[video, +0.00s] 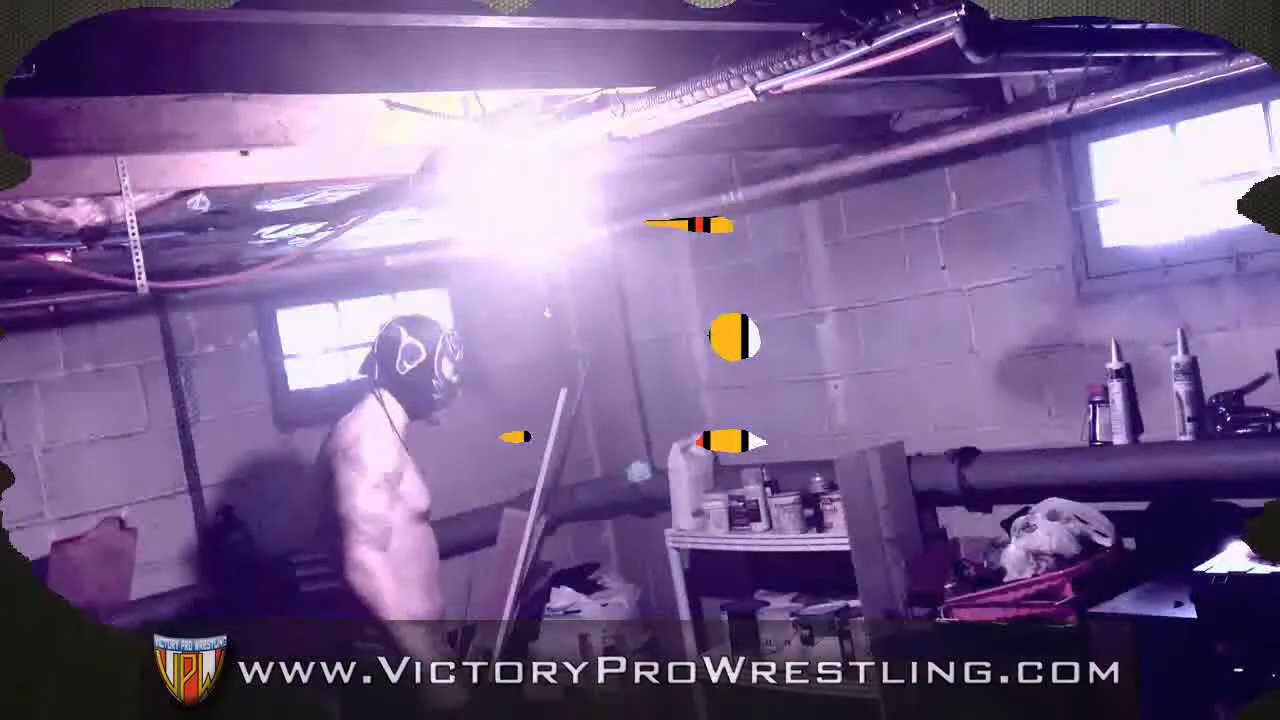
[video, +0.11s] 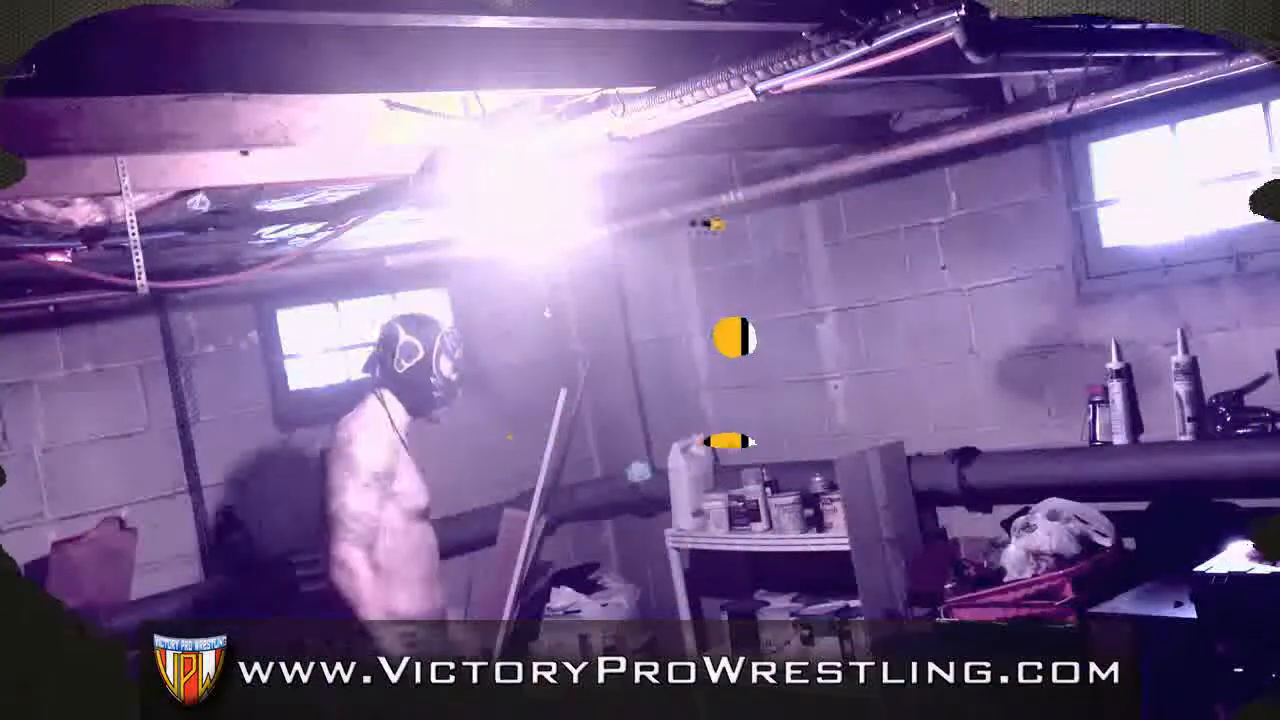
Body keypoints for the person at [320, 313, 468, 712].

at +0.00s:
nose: (453, 377)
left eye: (453, 361)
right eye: (446, 360)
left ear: (406, 360)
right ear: (413, 360)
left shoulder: (381, 427)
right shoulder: (369, 433)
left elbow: (376, 550)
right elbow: (362, 561)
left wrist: (431, 643)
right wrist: (428, 656)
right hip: (393, 646)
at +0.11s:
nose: (454, 376)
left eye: (454, 362)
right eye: (446, 361)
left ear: (409, 361)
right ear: (412, 360)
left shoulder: (384, 427)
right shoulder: (368, 432)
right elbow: (347, 558)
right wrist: (389, 641)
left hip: (419, 620)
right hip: (400, 625)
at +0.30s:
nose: (460, 386)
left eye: (460, 371)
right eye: (448, 369)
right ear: (412, 368)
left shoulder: (415, 438)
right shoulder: (358, 436)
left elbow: (444, 530)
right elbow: (311, 550)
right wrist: (340, 650)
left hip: (427, 626)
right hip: (375, 634)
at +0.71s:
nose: (428, 400)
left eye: (432, 386)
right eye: (413, 388)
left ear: (437, 378)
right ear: (378, 386)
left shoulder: (441, 444)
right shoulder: (331, 451)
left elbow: (469, 539)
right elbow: (290, 563)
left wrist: (514, 619)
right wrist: (297, 664)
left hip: (435, 636)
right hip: (365, 640)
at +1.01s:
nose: (388, 404)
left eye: (397, 388)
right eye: (370, 395)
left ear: (407, 380)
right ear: (341, 394)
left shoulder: (436, 445)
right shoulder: (302, 464)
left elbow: (472, 541)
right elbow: (275, 577)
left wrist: (506, 635)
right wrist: (289, 674)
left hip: (442, 646)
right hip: (355, 653)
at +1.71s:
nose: (379, 417)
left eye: (389, 400)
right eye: (361, 405)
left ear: (404, 385)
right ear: (331, 403)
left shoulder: (455, 455)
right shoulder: (291, 481)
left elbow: (518, 561)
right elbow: (258, 595)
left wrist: (543, 658)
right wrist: (291, 683)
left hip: (458, 668)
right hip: (347, 677)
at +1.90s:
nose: (424, 422)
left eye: (431, 405)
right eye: (408, 413)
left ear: (443, 378)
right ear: (368, 395)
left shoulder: (497, 454)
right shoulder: (327, 470)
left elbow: (563, 545)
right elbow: (287, 573)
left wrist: (549, 583)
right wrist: (308, 574)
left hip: (502, 665)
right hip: (384, 671)